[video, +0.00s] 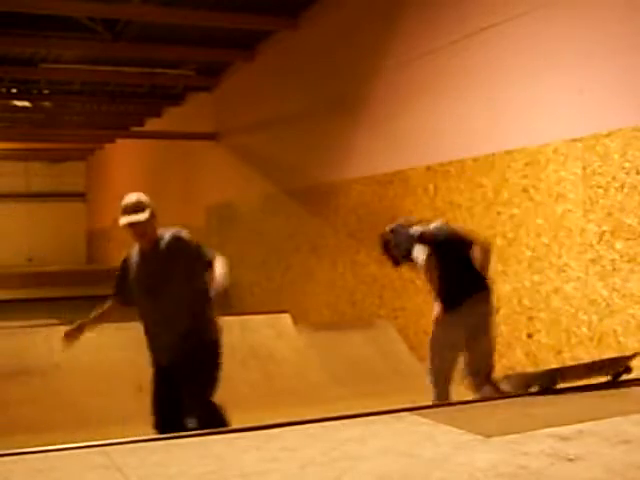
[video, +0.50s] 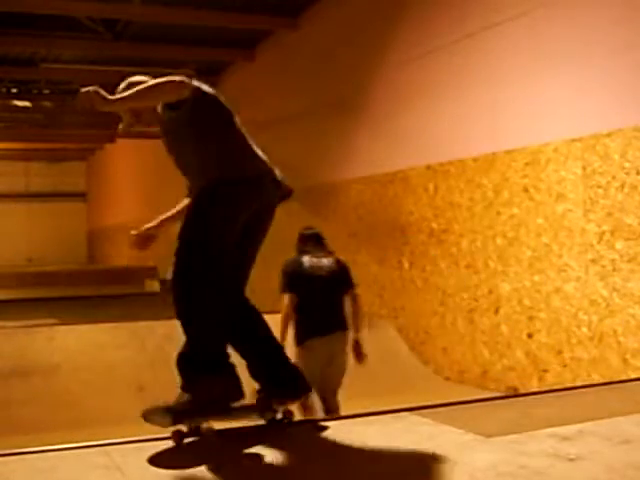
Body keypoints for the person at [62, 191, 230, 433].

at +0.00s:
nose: (138, 231)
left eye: (142, 223)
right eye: (132, 226)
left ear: (153, 219)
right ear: (126, 228)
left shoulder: (176, 243)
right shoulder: (131, 263)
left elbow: (217, 260)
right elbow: (119, 302)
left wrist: (218, 282)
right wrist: (83, 326)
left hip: (199, 342)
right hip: (164, 352)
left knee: (197, 405)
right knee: (166, 421)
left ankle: (230, 452)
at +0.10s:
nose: (136, 204)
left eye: (138, 196)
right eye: (130, 200)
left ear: (152, 190)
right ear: (127, 201)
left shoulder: (180, 214)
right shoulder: (141, 233)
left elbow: (213, 219)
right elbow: (138, 273)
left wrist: (213, 217)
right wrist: (105, 282)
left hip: (215, 313)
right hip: (186, 324)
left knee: (221, 377)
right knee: (197, 398)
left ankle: (254, 427)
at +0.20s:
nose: (130, 175)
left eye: (131, 167)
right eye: (125, 170)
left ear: (144, 156)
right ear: (126, 169)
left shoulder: (176, 175)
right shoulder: (152, 195)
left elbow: (194, 162)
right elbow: (158, 231)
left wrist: (150, 153)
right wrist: (126, 247)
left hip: (222, 262)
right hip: (204, 270)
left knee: (231, 345)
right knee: (226, 351)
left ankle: (274, 416)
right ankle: (260, 417)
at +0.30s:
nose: (128, 153)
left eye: (127, 145)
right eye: (122, 149)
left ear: (139, 133)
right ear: (128, 146)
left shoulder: (174, 143)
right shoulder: (160, 169)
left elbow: (177, 125)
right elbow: (169, 206)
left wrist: (129, 128)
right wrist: (131, 226)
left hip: (235, 222)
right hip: (218, 230)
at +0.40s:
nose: (132, 135)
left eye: (128, 127)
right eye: (125, 133)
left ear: (137, 113)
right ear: (135, 129)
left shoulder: (183, 117)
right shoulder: (173, 144)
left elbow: (173, 100)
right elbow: (180, 198)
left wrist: (117, 105)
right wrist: (135, 226)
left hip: (241, 201)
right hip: (222, 209)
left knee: (216, 294)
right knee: (204, 289)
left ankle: (285, 374)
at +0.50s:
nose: (130, 124)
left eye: (128, 114)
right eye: (126, 119)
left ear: (140, 96)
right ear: (148, 104)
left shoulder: (185, 96)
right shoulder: (181, 126)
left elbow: (179, 85)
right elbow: (202, 191)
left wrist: (114, 102)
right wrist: (157, 225)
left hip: (226, 193)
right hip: (254, 193)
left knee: (191, 287)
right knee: (225, 293)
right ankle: (283, 383)